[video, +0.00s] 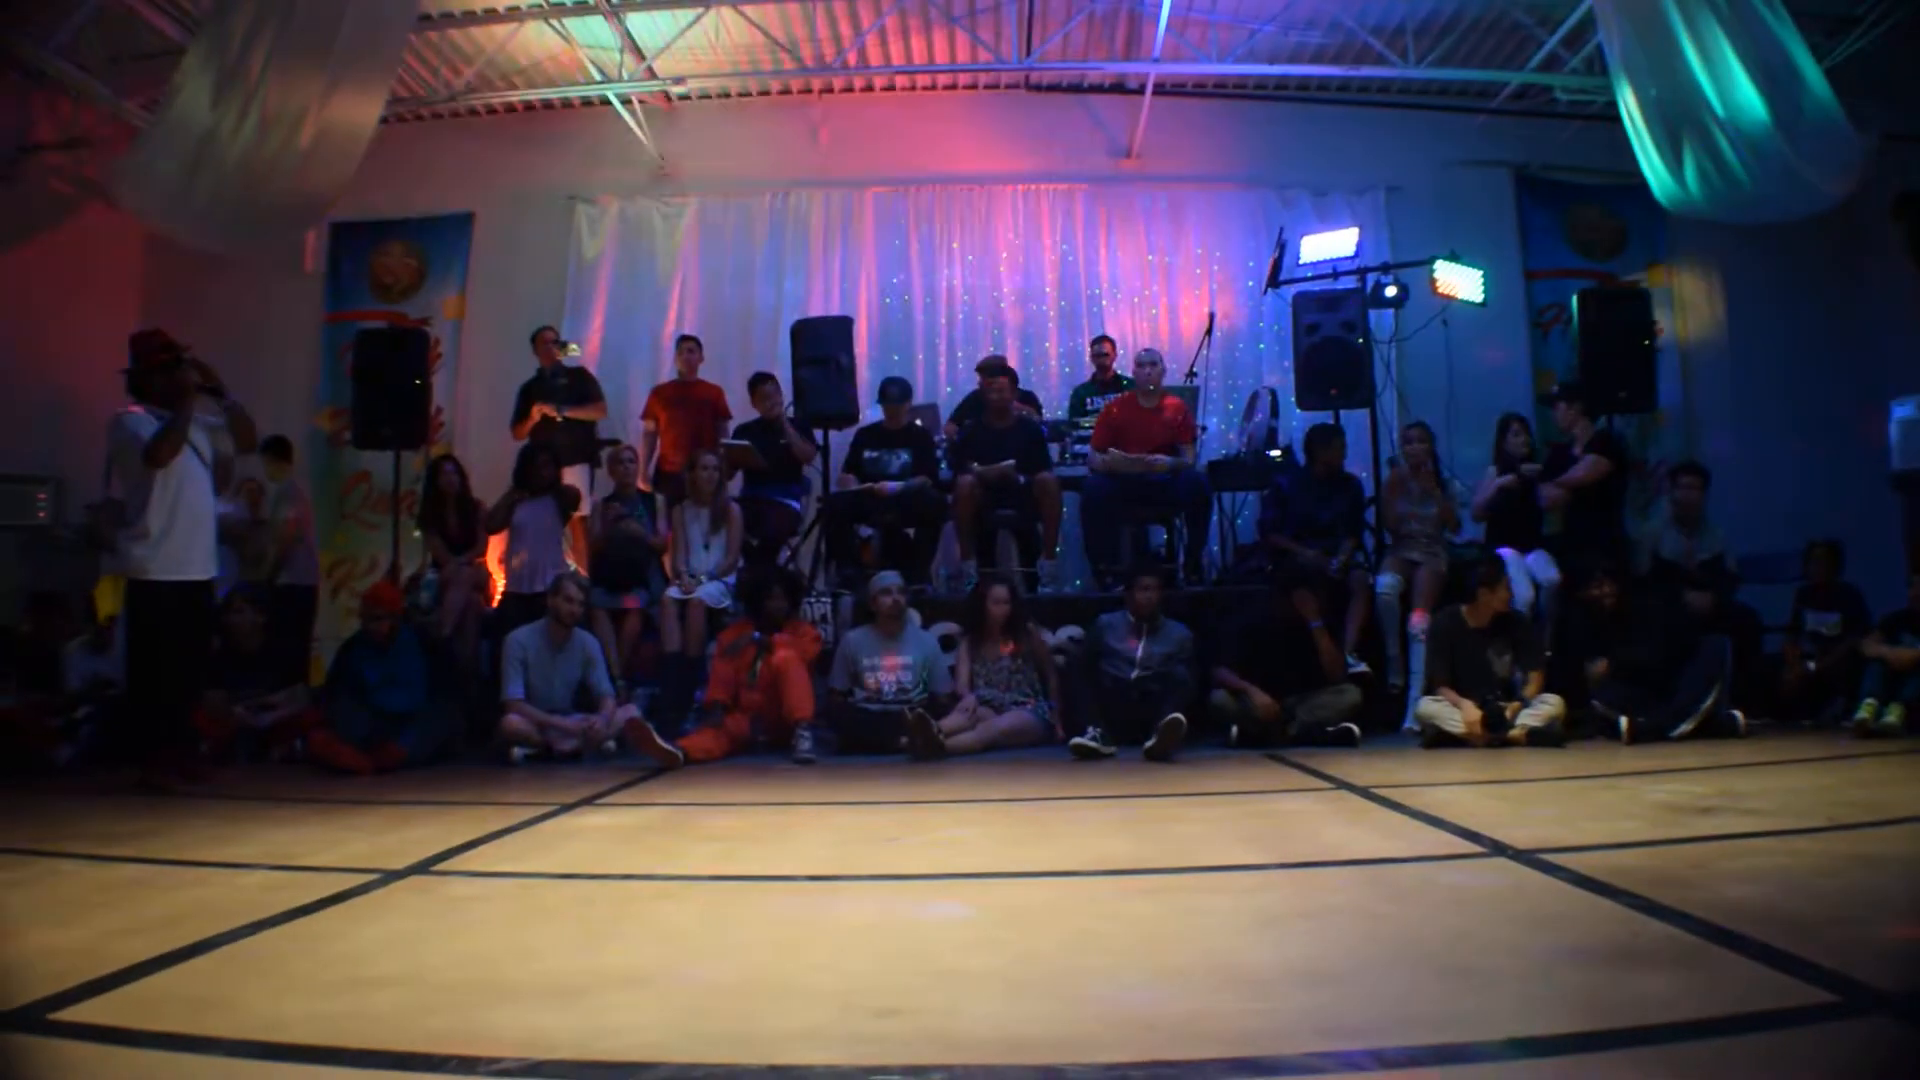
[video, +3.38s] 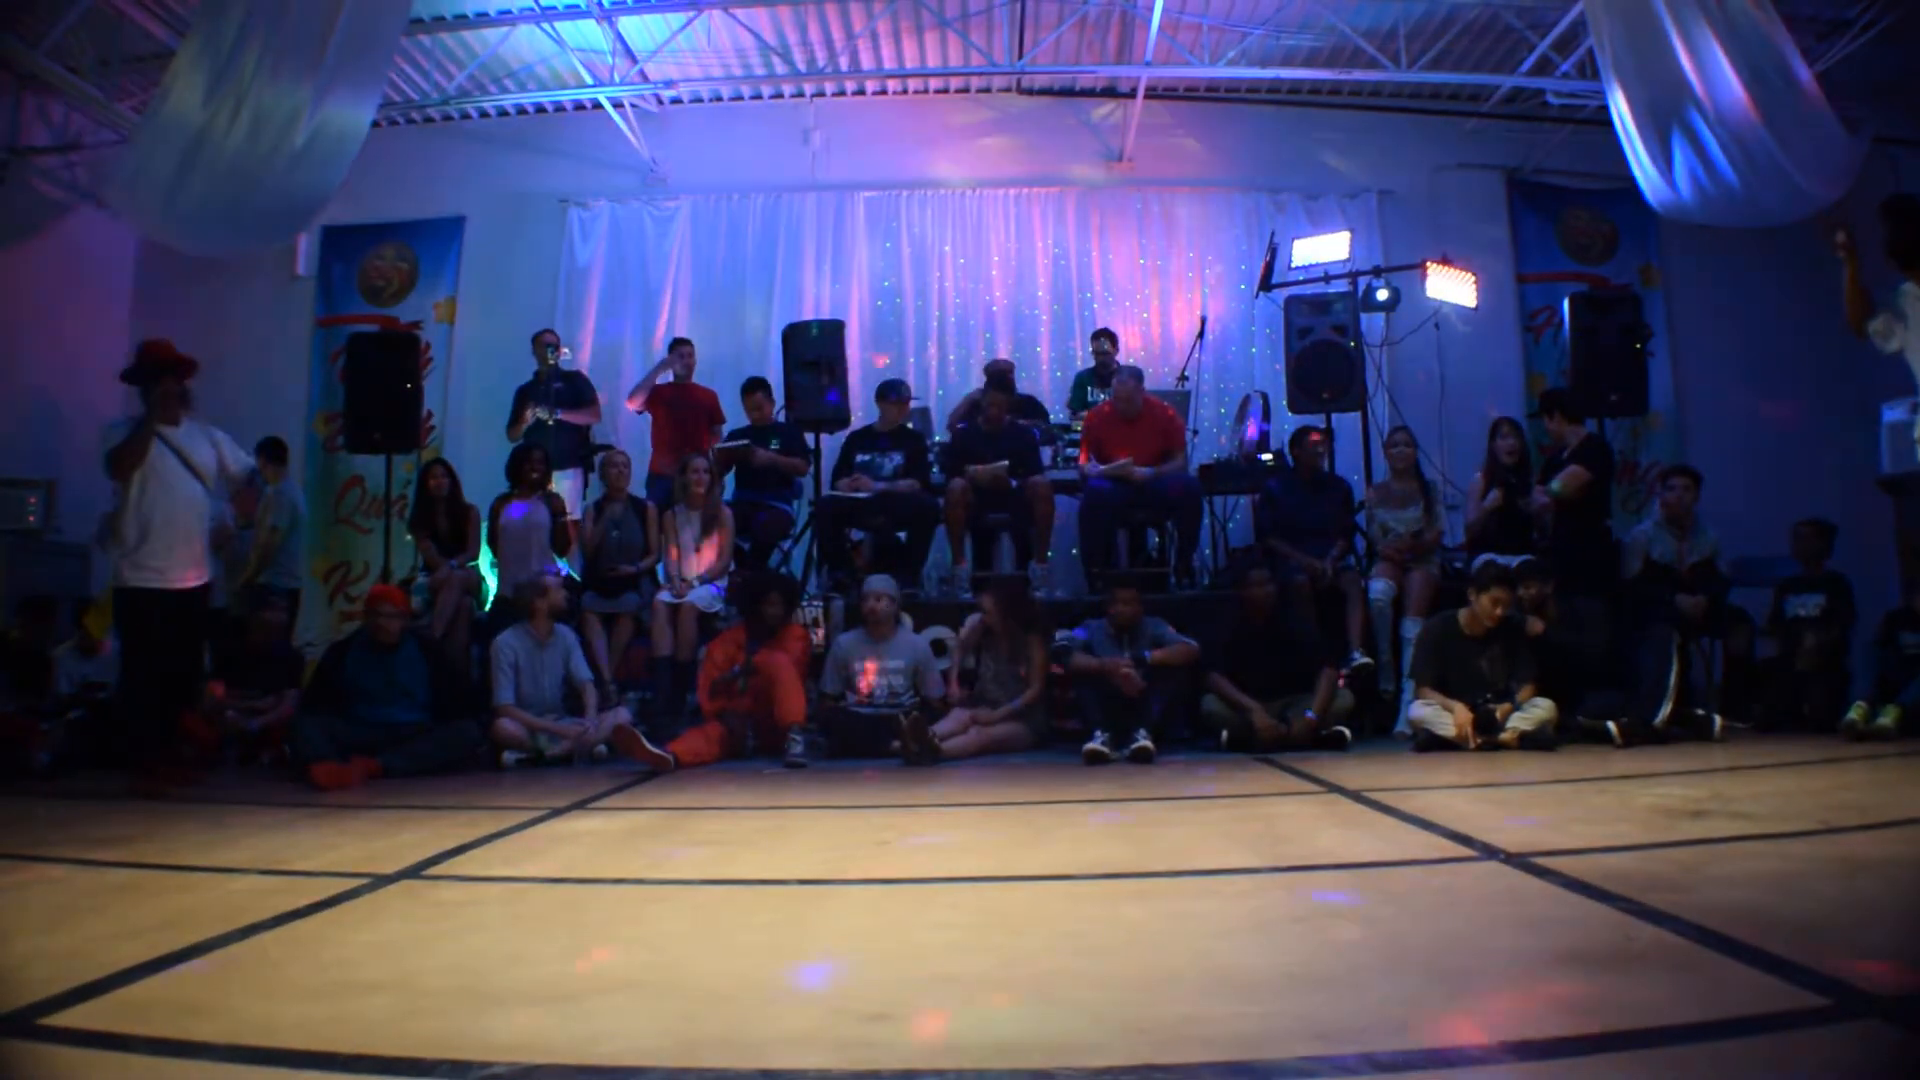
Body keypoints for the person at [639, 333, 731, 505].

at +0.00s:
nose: (686, 357)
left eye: (691, 351)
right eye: (681, 352)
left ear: (701, 357)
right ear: (675, 358)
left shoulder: (714, 393)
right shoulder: (659, 393)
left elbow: (723, 434)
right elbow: (649, 434)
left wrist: (722, 473)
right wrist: (643, 473)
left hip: (705, 475)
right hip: (669, 474)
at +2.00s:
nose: (689, 359)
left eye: (693, 354)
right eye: (683, 354)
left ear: (697, 359)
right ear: (672, 359)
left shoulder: (708, 396)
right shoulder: (655, 394)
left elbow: (717, 432)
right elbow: (642, 429)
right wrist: (648, 454)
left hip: (696, 475)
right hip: (662, 472)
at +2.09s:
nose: (690, 359)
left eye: (693, 354)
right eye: (684, 353)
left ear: (698, 359)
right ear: (673, 358)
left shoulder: (709, 396)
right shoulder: (656, 394)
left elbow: (717, 432)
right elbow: (639, 433)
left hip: (697, 477)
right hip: (662, 473)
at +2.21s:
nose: (689, 359)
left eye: (693, 354)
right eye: (683, 354)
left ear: (698, 359)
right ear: (673, 360)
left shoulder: (711, 396)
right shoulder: (661, 393)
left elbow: (719, 438)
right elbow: (633, 424)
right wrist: (649, 394)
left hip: (697, 478)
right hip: (663, 475)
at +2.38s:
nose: (687, 360)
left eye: (691, 354)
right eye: (681, 355)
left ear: (697, 359)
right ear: (672, 360)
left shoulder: (711, 395)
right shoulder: (659, 391)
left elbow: (719, 435)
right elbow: (632, 406)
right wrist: (659, 368)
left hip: (697, 478)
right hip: (663, 475)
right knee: (661, 533)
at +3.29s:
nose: (685, 361)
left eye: (689, 356)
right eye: (679, 356)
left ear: (695, 360)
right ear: (669, 361)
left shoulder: (708, 396)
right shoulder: (658, 392)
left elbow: (717, 436)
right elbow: (635, 401)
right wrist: (663, 364)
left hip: (697, 480)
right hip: (662, 477)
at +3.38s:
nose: (686, 361)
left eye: (690, 356)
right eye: (680, 356)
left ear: (695, 360)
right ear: (670, 361)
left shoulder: (708, 396)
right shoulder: (658, 392)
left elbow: (717, 435)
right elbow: (633, 403)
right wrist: (661, 367)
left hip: (697, 479)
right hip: (663, 476)